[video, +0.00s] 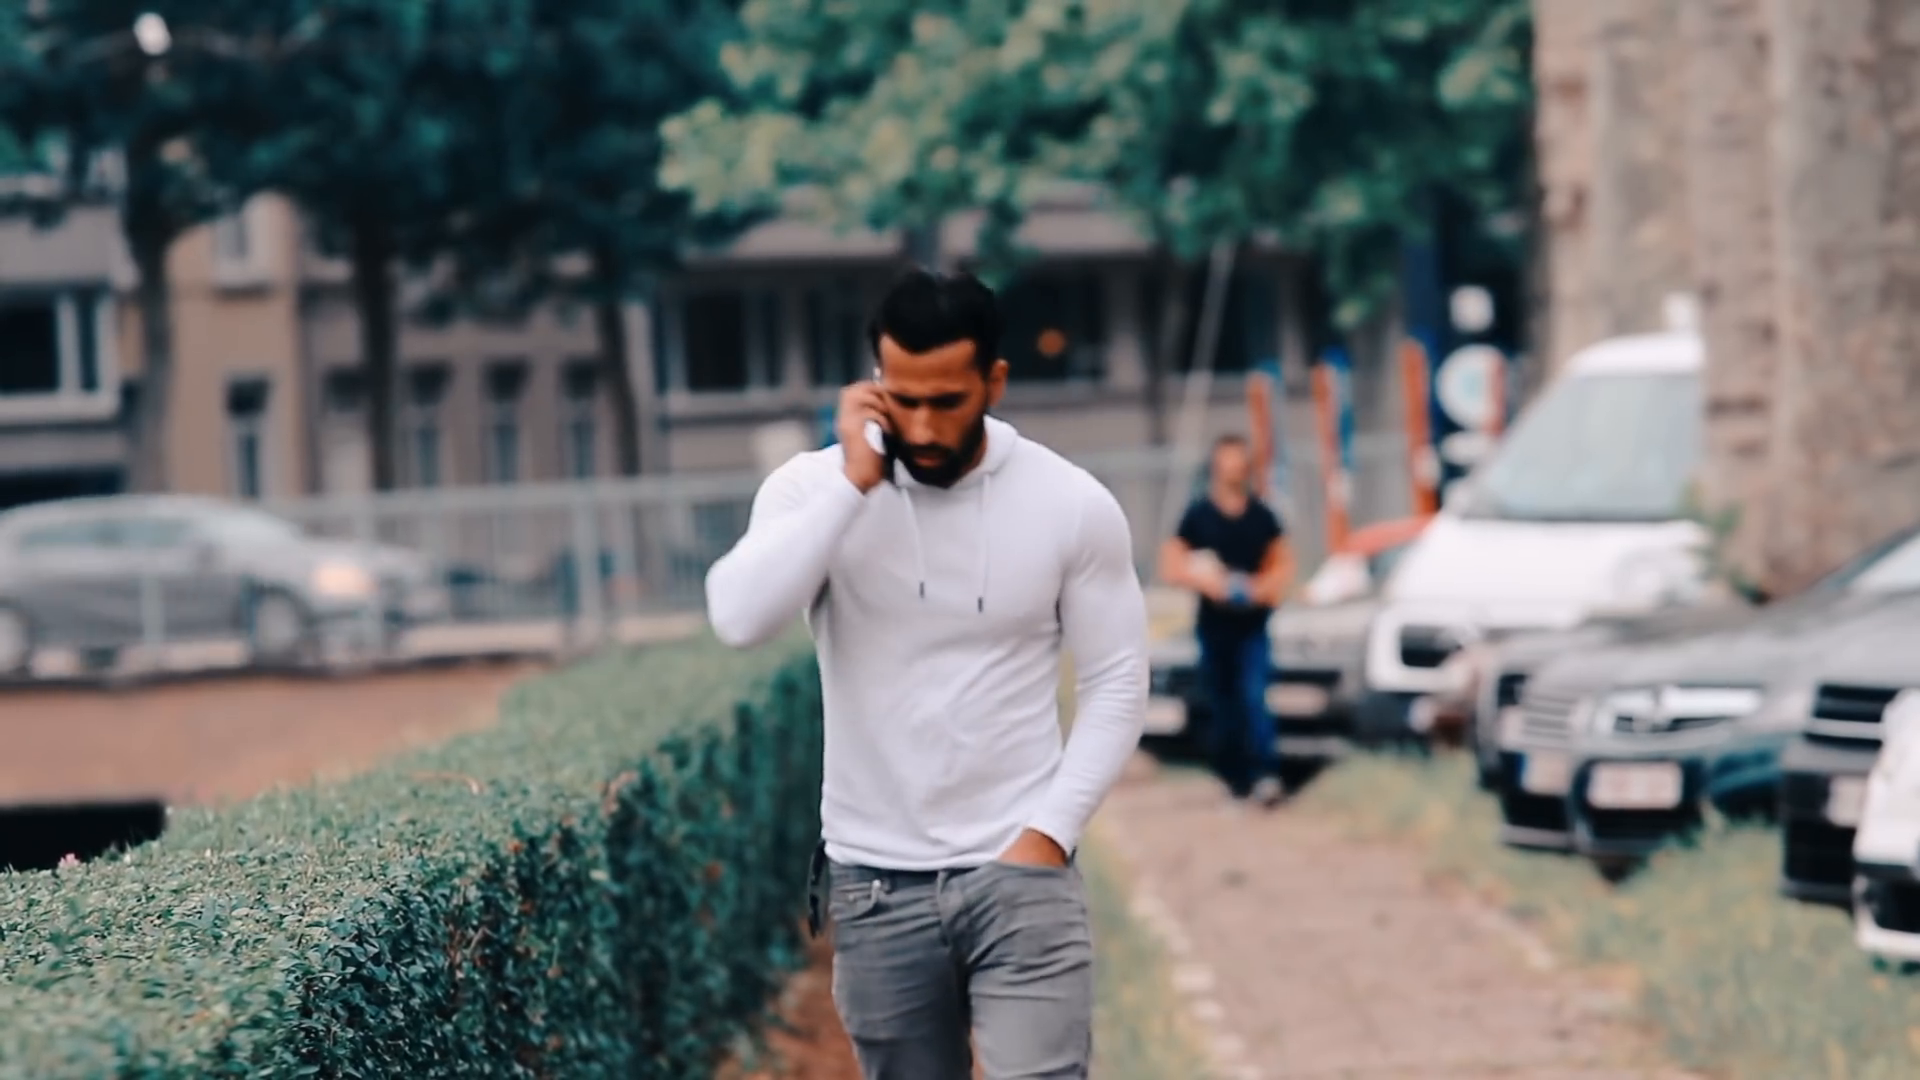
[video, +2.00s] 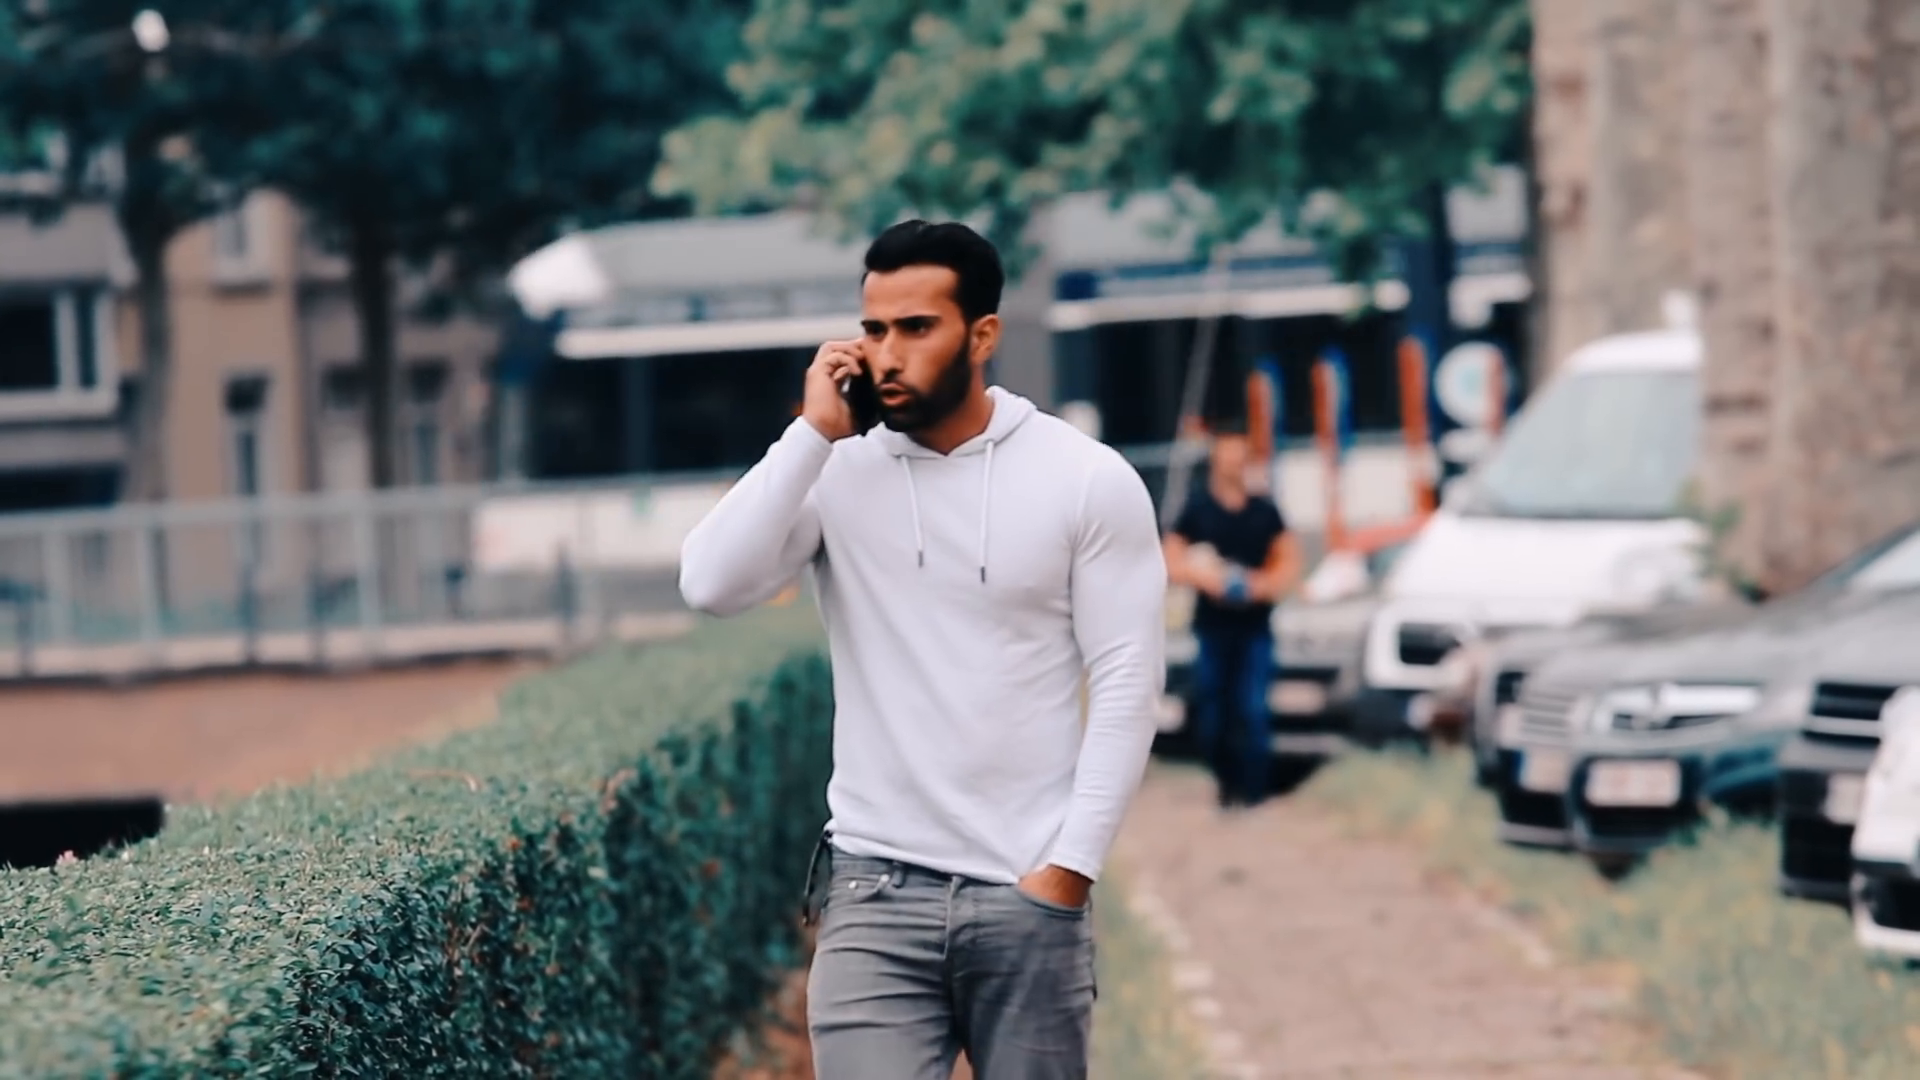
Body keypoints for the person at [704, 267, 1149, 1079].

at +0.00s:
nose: (922, 428)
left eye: (945, 403)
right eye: (901, 401)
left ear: (994, 382)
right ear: (877, 378)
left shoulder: (1072, 507)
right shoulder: (810, 486)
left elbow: (1115, 684)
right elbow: (738, 618)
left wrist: (1046, 836)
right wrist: (851, 479)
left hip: (1019, 881)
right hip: (874, 892)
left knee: (1039, 1069)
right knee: (908, 1070)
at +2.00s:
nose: (888, 356)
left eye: (916, 329)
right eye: (875, 330)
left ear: (984, 334)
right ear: (857, 332)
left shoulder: (1088, 481)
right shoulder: (830, 470)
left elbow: (1127, 687)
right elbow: (709, 585)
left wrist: (1068, 869)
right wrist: (813, 433)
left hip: (1026, 905)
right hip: (871, 895)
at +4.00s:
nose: (798, 378)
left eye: (825, 349)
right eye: (784, 353)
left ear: (892, 349)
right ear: (767, 358)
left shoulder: (1009, 452)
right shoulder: (760, 491)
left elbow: (1029, 602)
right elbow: (649, 634)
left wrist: (861, 601)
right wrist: (732, 472)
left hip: (997, 894)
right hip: (827, 901)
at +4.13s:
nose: (798, 375)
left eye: (826, 345)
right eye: (785, 350)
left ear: (894, 348)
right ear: (768, 357)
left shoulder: (1009, 453)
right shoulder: (763, 488)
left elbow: (1030, 603)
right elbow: (649, 632)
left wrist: (862, 591)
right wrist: (732, 470)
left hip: (996, 894)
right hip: (827, 900)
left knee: (1042, 1064)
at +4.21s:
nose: (800, 374)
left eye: (828, 344)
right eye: (786, 349)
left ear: (894, 346)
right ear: (770, 354)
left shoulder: (1009, 451)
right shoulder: (761, 486)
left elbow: (1031, 601)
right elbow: (650, 630)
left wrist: (862, 579)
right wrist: (733, 467)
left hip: (997, 894)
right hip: (827, 900)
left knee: (1042, 1065)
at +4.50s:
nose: (801, 372)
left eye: (830, 342)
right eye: (787, 347)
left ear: (896, 346)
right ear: (771, 354)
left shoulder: (1012, 448)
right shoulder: (765, 485)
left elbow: (1037, 595)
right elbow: (651, 627)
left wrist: (867, 540)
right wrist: (733, 467)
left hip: (1000, 892)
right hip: (830, 899)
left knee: (1044, 1064)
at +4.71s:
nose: (799, 371)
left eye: (827, 342)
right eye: (785, 346)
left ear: (894, 345)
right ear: (769, 352)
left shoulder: (1010, 447)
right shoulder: (764, 485)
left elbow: (1037, 592)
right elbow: (651, 628)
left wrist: (869, 534)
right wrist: (731, 467)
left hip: (1000, 893)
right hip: (830, 900)